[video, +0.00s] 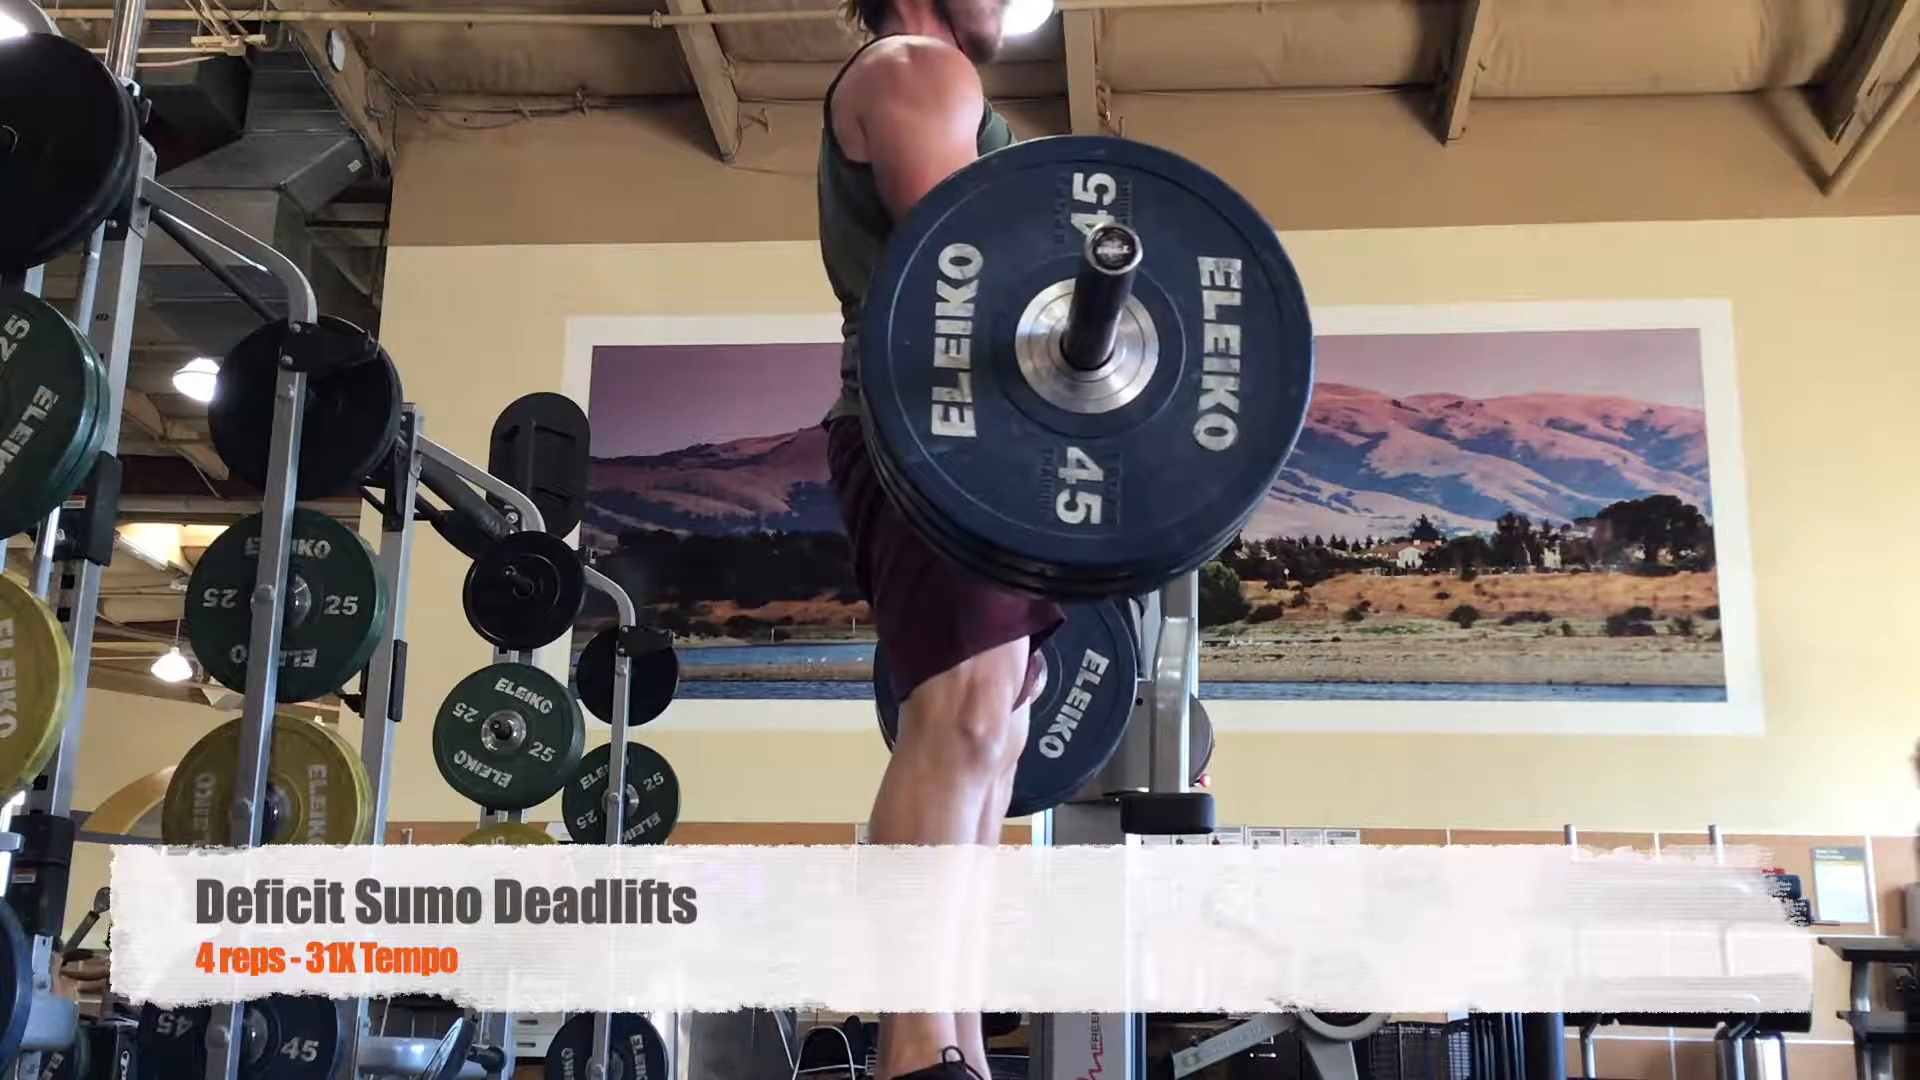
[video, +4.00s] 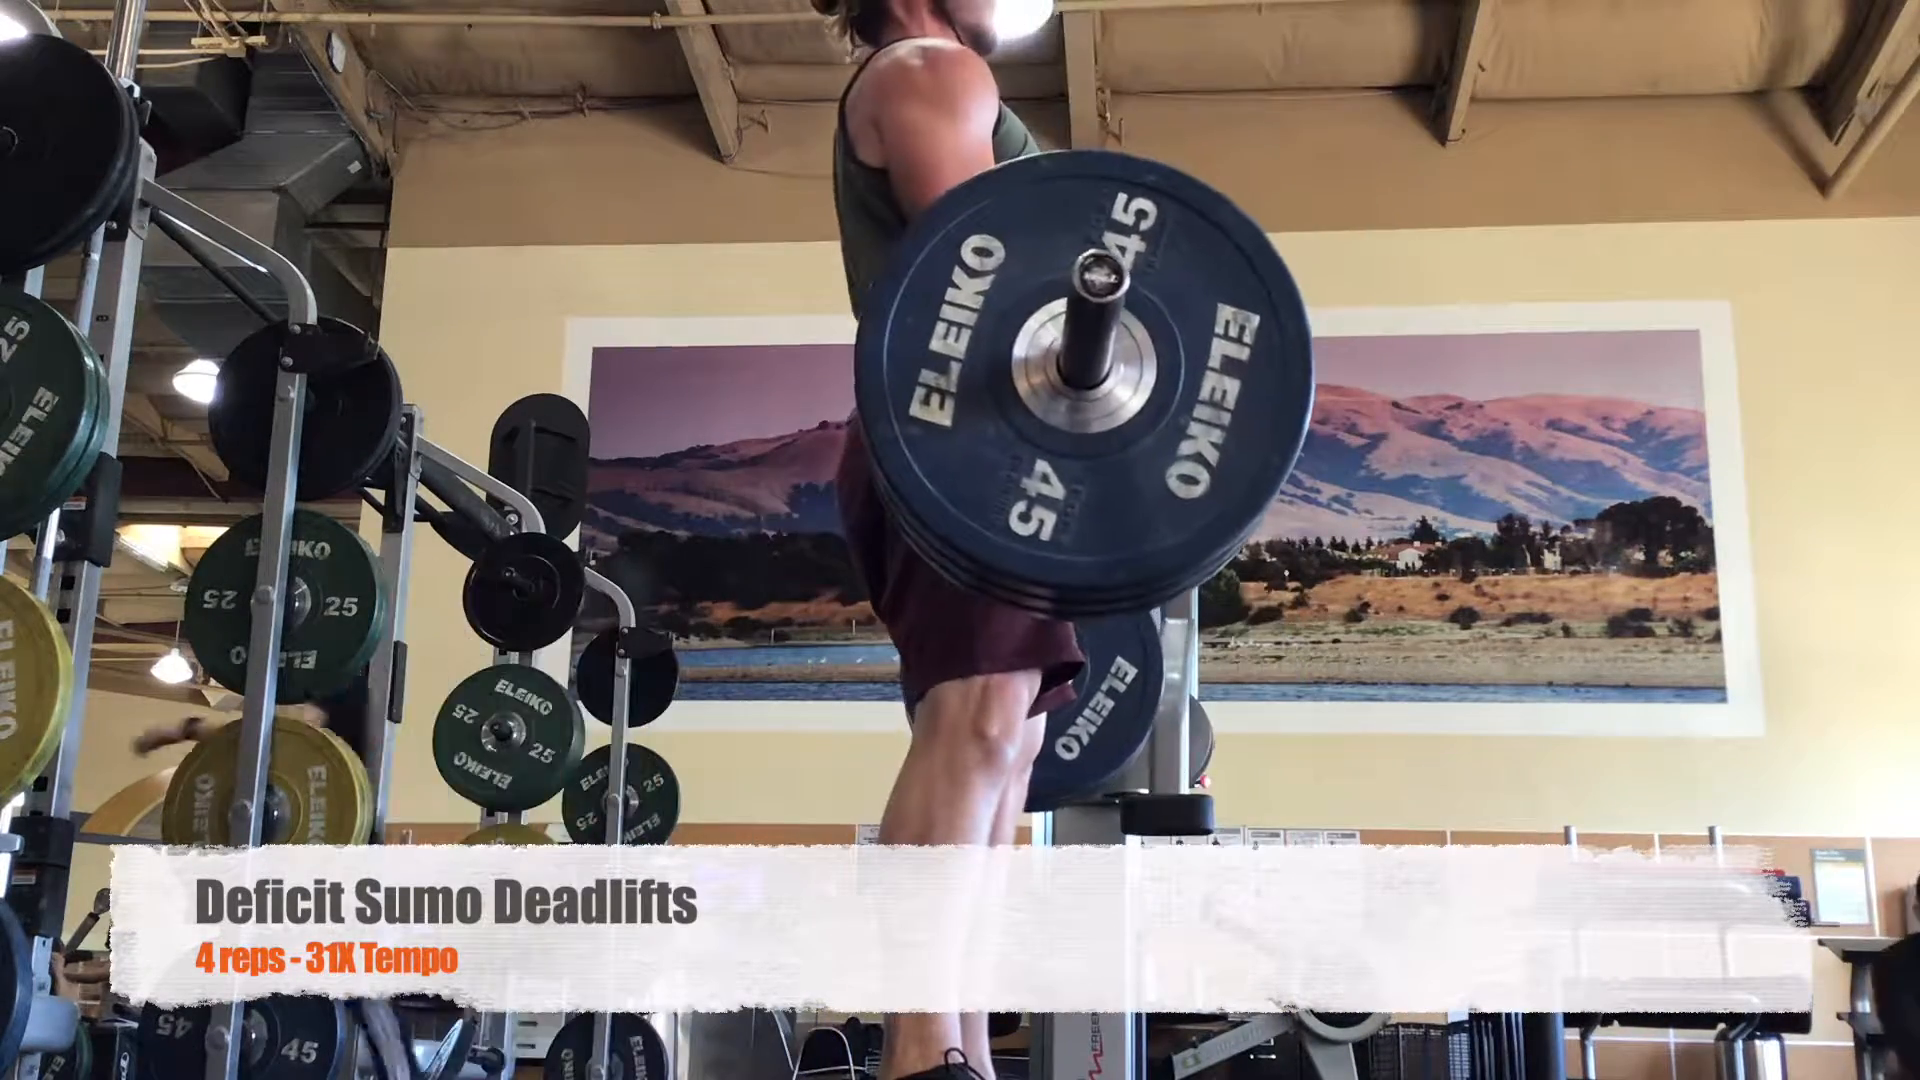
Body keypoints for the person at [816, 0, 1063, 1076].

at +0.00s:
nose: (1013, 2)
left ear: (909, 10)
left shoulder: (932, 81)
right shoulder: (915, 69)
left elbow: (982, 283)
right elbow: (973, 277)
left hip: (965, 427)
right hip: (918, 422)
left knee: (994, 727)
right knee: (967, 711)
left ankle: (956, 1039)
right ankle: (913, 1050)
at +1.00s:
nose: (1235, 33)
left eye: (1229, 15)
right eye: (1215, 12)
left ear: (1159, 28)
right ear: (1153, 19)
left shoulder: (1123, 148)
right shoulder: (1097, 115)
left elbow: (1075, 357)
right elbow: (1058, 335)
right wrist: (1075, 563)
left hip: (956, 440)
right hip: (886, 426)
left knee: (992, 724)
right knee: (931, 713)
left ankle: (958, 1032)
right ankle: (908, 1043)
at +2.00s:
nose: (1347, 278)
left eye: (1347, 251)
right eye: (1333, 244)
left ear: (1263, 242)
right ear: (1261, 235)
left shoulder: (1185, 427)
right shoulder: (1154, 314)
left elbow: (1135, 582)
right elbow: (1084, 552)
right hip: (827, 457)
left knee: (996, 746)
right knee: (954, 726)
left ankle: (970, 1043)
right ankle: (923, 1043)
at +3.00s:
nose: (1361, 258)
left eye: (1364, 235)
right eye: (1350, 225)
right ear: (1274, 206)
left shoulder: (1189, 395)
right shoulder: (1165, 286)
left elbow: (1145, 543)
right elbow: (1089, 502)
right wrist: (1091, 661)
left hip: (911, 466)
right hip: (840, 434)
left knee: (981, 728)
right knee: (945, 713)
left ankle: (965, 1037)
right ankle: (922, 1039)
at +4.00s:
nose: (1005, 3)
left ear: (903, 13)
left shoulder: (922, 83)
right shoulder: (930, 72)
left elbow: (994, 280)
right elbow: (990, 276)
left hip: (977, 447)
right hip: (948, 444)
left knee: (1003, 740)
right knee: (976, 725)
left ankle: (961, 1045)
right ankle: (917, 1049)